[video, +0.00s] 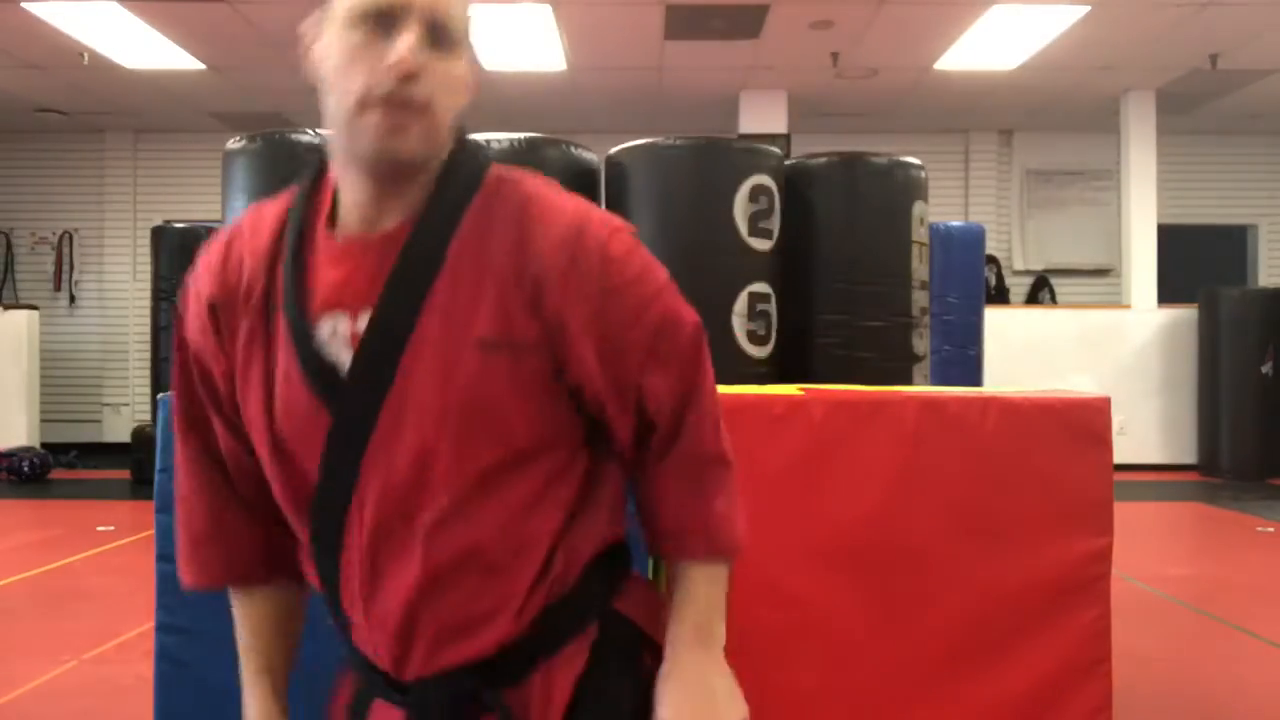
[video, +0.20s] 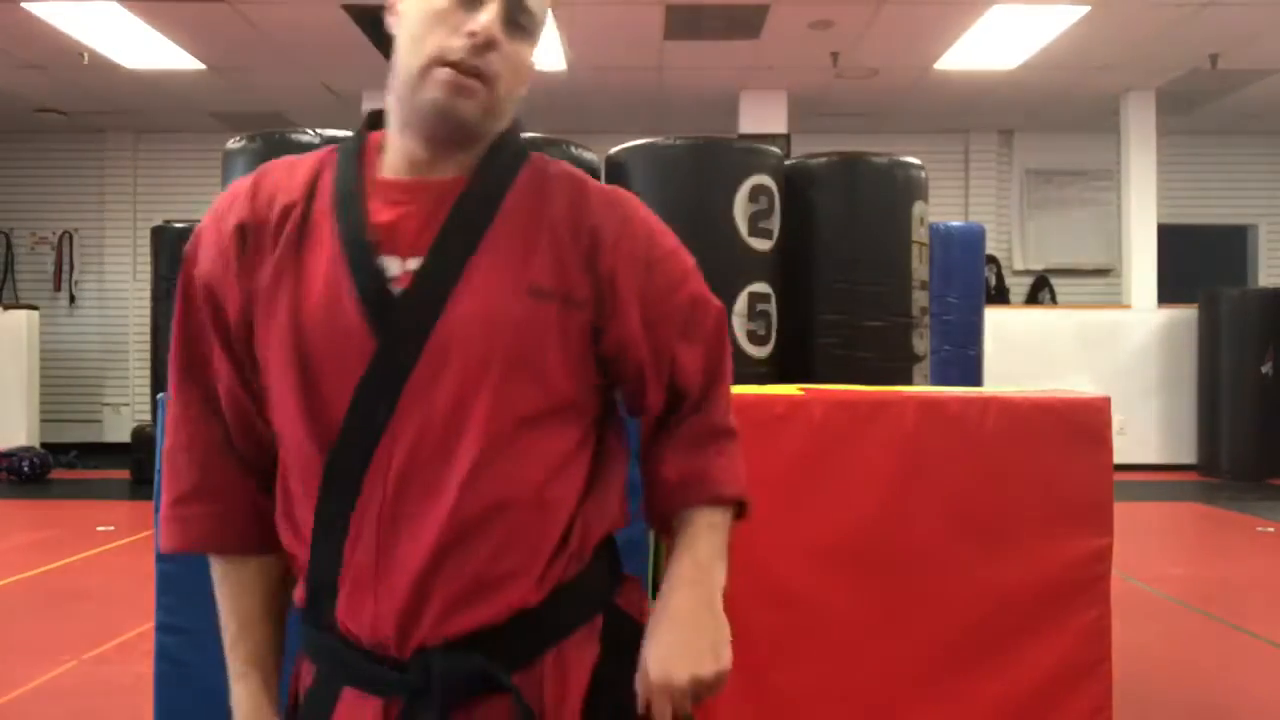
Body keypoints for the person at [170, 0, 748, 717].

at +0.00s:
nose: (407, 58)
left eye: (441, 39)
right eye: (376, 24)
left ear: (470, 81)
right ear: (313, 44)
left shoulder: (562, 245)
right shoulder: (234, 274)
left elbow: (686, 433)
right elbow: (249, 520)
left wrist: (699, 653)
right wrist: (263, 700)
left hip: (574, 682)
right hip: (380, 686)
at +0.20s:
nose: (486, 27)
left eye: (519, 19)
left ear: (531, 69)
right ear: (394, 15)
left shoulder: (602, 229)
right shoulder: (250, 227)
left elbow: (695, 409)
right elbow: (230, 486)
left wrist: (695, 593)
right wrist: (253, 695)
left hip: (555, 682)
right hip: (345, 686)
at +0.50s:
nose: (665, 92)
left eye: (694, 71)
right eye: (639, 55)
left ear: (712, 103)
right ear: (572, 64)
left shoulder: (761, 282)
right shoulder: (425, 248)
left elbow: (806, 456)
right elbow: (362, 523)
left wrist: (797, 594)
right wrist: (354, 708)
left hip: (684, 695)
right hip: (473, 694)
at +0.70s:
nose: (722, 145)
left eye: (746, 99)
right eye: (685, 107)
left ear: (782, 98)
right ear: (634, 111)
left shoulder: (863, 270)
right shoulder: (522, 246)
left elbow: (915, 423)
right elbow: (458, 444)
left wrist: (882, 570)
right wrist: (437, 641)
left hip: (757, 685)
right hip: (557, 678)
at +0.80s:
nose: (702, 141)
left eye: (726, 94)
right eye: (664, 104)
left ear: (764, 90)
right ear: (615, 113)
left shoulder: (866, 243)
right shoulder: (526, 249)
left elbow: (947, 379)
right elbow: (468, 427)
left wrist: (907, 548)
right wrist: (461, 588)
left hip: (781, 678)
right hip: (585, 672)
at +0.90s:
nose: (655, 152)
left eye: (675, 104)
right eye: (617, 120)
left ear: (720, 95)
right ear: (580, 133)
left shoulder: (846, 228)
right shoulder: (514, 268)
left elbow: (953, 364)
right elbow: (483, 440)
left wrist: (915, 535)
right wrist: (474, 582)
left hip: (789, 673)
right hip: (595, 672)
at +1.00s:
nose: (599, 152)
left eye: (618, 105)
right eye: (563, 126)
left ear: (670, 88)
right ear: (537, 141)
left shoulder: (809, 218)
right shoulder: (510, 271)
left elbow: (947, 347)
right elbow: (493, 448)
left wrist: (903, 528)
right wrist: (467, 579)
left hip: (761, 673)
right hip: (575, 668)